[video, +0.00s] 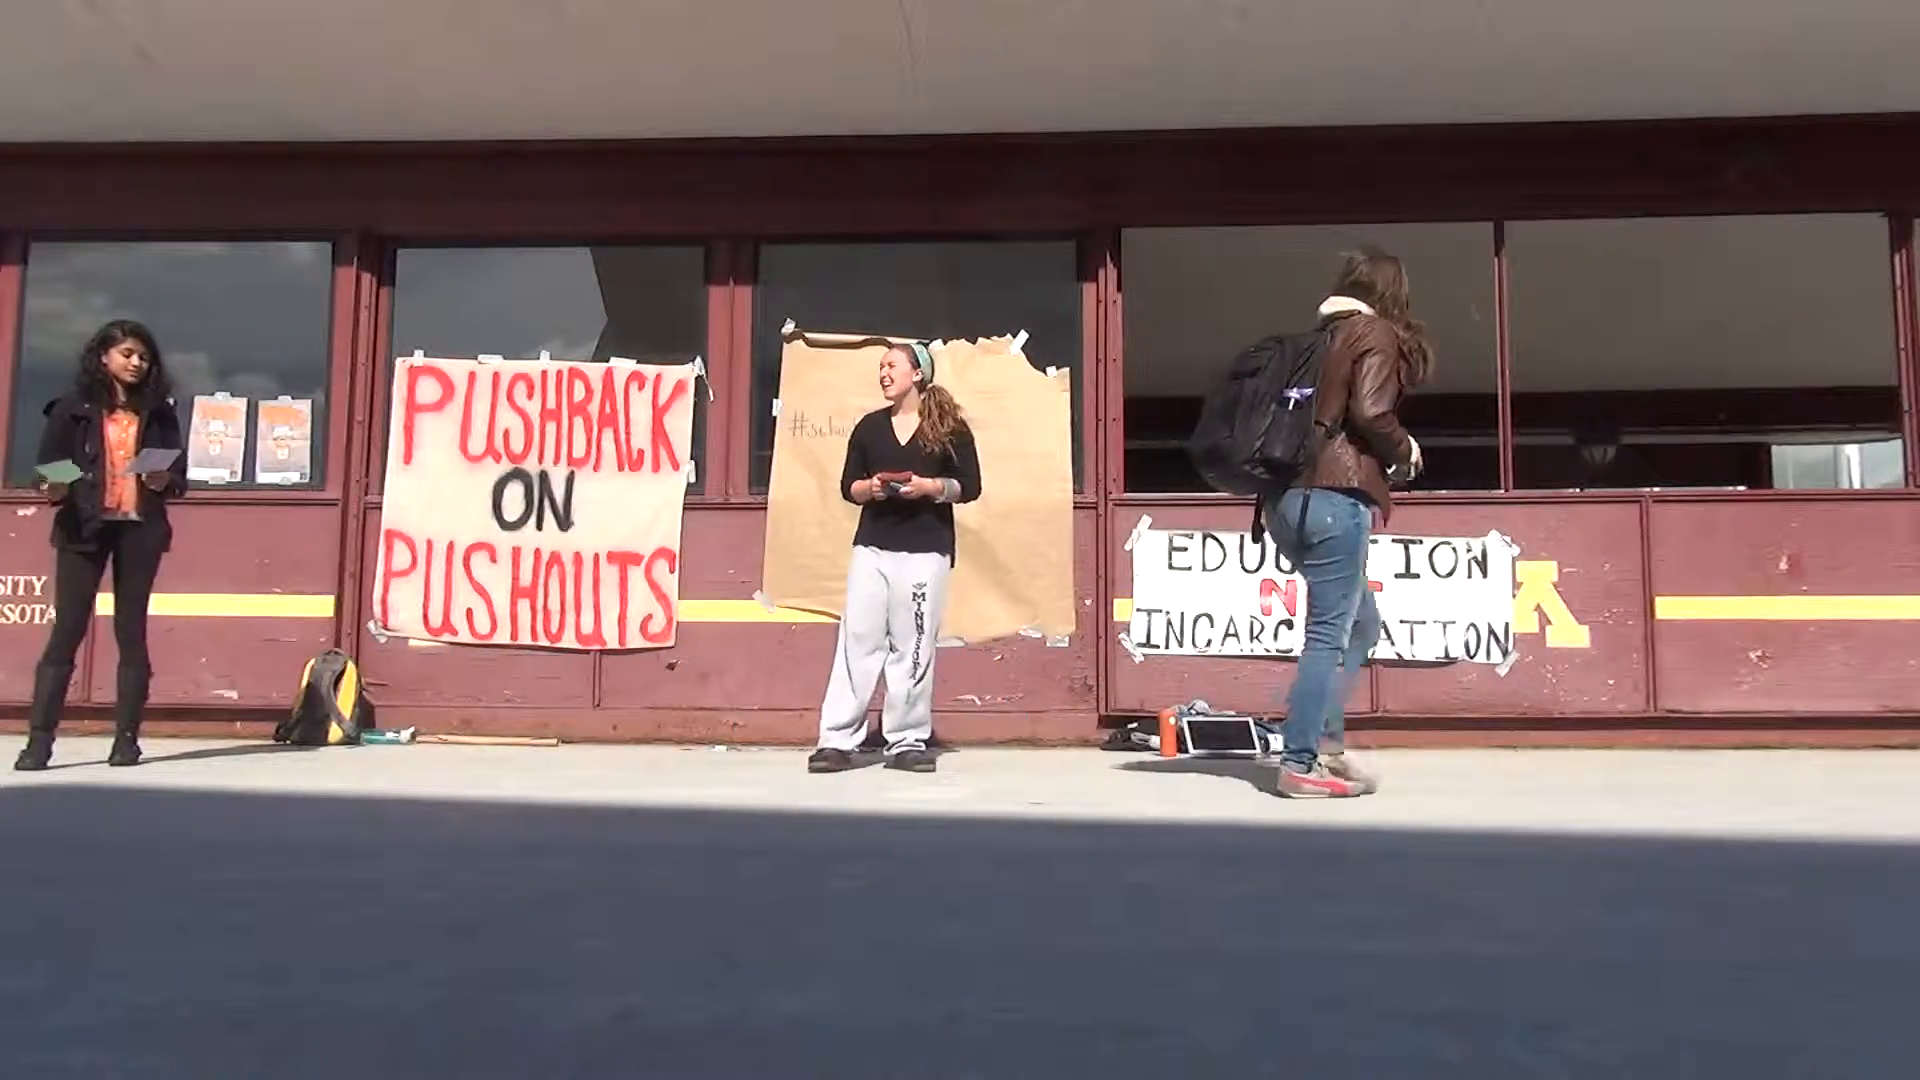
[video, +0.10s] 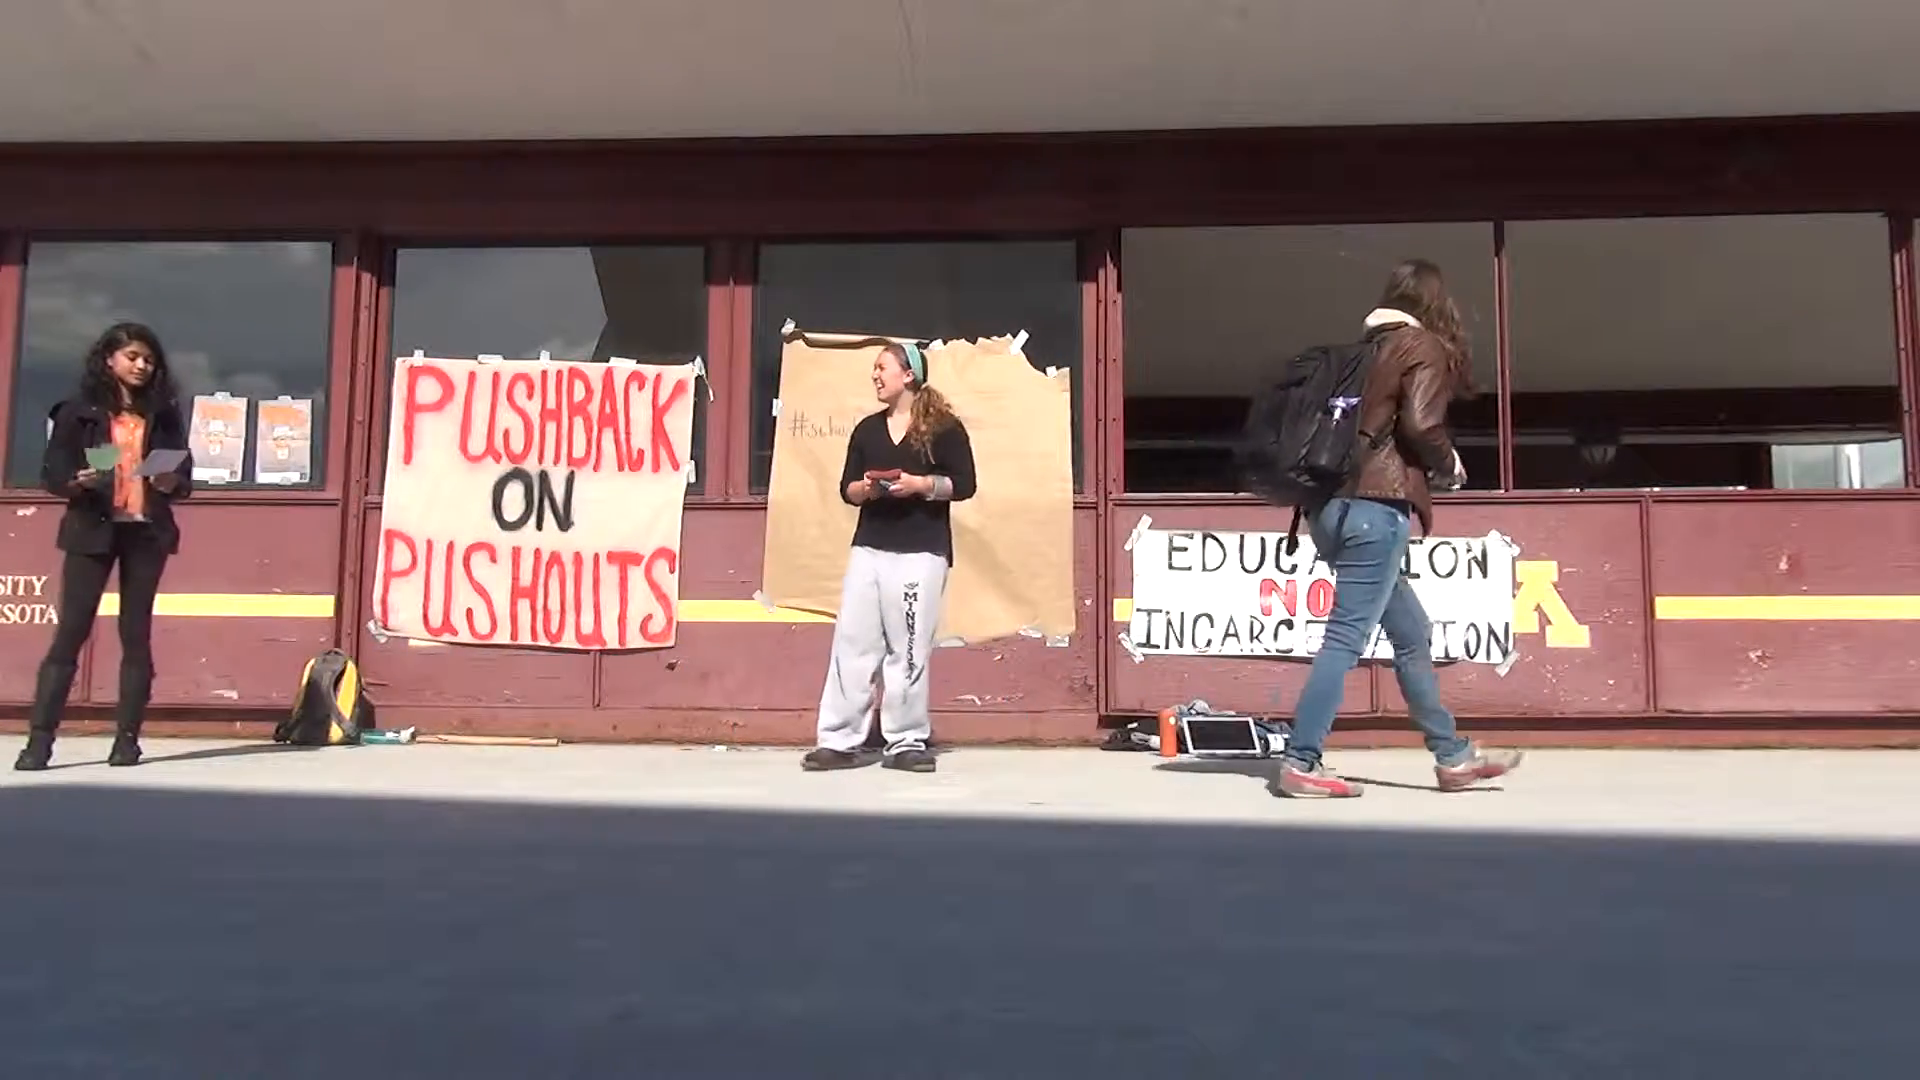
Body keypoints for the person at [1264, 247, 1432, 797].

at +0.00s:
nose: (1400, 303)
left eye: (1398, 293)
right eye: (1398, 293)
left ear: (1344, 286)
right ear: (1387, 292)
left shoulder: (1314, 338)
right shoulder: (1377, 336)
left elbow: (1284, 418)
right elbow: (1368, 412)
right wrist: (1405, 451)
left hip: (1284, 501)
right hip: (1337, 504)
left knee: (1365, 626)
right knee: (1326, 635)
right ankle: (1298, 766)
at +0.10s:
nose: (1448, 308)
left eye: (1444, 298)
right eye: (1444, 299)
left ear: (1390, 298)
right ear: (1433, 302)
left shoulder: (1363, 347)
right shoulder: (1427, 348)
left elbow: (1332, 424)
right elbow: (1419, 425)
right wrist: (1449, 468)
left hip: (1328, 510)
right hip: (1378, 512)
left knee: (1412, 635)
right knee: (1344, 640)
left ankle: (1454, 758)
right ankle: (1300, 765)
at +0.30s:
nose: (1538, 321)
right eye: (1533, 312)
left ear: (1478, 315)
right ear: (1524, 314)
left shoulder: (1454, 364)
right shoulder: (1519, 361)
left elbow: (1431, 440)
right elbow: (1517, 435)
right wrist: (1548, 479)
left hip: (1433, 524)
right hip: (1483, 522)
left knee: (1522, 635)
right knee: (1452, 648)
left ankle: (1543, 762)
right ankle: (1352, 732)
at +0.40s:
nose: (1575, 312)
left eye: (1568, 302)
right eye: (1572, 304)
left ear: (1519, 306)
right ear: (1564, 306)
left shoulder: (1497, 355)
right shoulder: (1563, 348)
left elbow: (1481, 430)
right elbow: (1561, 422)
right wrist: (1599, 465)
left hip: (1477, 516)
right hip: (1528, 512)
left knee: (1539, 640)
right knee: (1547, 642)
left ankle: (1544, 763)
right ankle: (1443, 712)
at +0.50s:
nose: (1620, 303)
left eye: (1618, 293)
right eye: (1617, 294)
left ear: (1561, 296)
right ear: (1606, 296)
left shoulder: (1536, 347)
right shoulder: (1604, 338)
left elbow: (1520, 426)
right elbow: (1602, 411)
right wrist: (1643, 457)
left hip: (1516, 508)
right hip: (1571, 504)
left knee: (1547, 634)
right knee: (1622, 624)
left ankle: (1539, 757)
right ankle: (1554, 732)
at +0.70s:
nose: (1709, 322)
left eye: (1703, 312)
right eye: (1706, 313)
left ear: (1650, 317)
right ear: (1697, 315)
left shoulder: (1625, 364)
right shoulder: (1698, 358)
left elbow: (1603, 439)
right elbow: (1689, 429)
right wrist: (1723, 475)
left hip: (1595, 523)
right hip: (1663, 526)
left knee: (1578, 645)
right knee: (1733, 641)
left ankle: (1543, 760)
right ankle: (1799, 758)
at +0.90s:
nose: (1810, 315)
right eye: (1806, 305)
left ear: (1750, 311)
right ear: (1798, 310)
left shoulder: (1723, 366)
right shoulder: (1802, 360)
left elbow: (1692, 441)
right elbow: (1799, 431)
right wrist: (1823, 475)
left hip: (1706, 524)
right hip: (1774, 520)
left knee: (1707, 650)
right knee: (1819, 635)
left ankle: (1615, 717)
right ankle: (1822, 763)